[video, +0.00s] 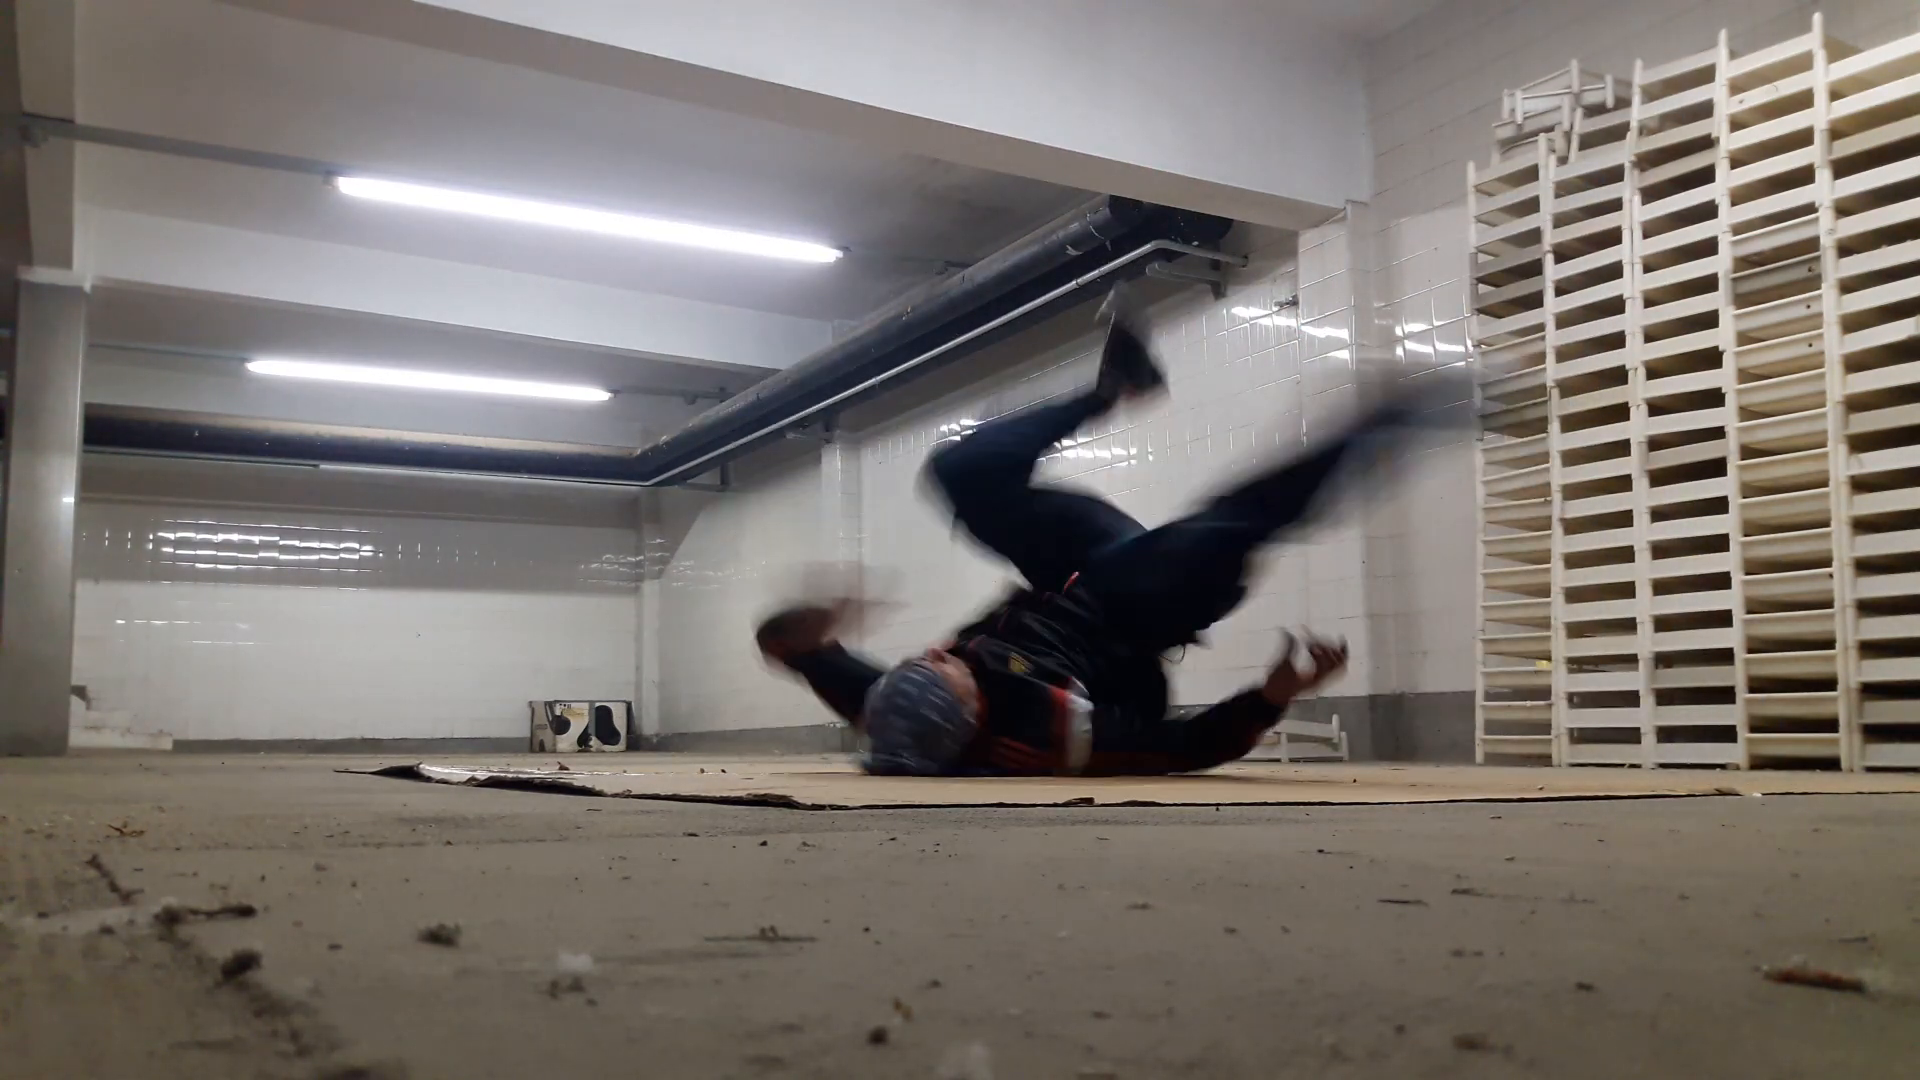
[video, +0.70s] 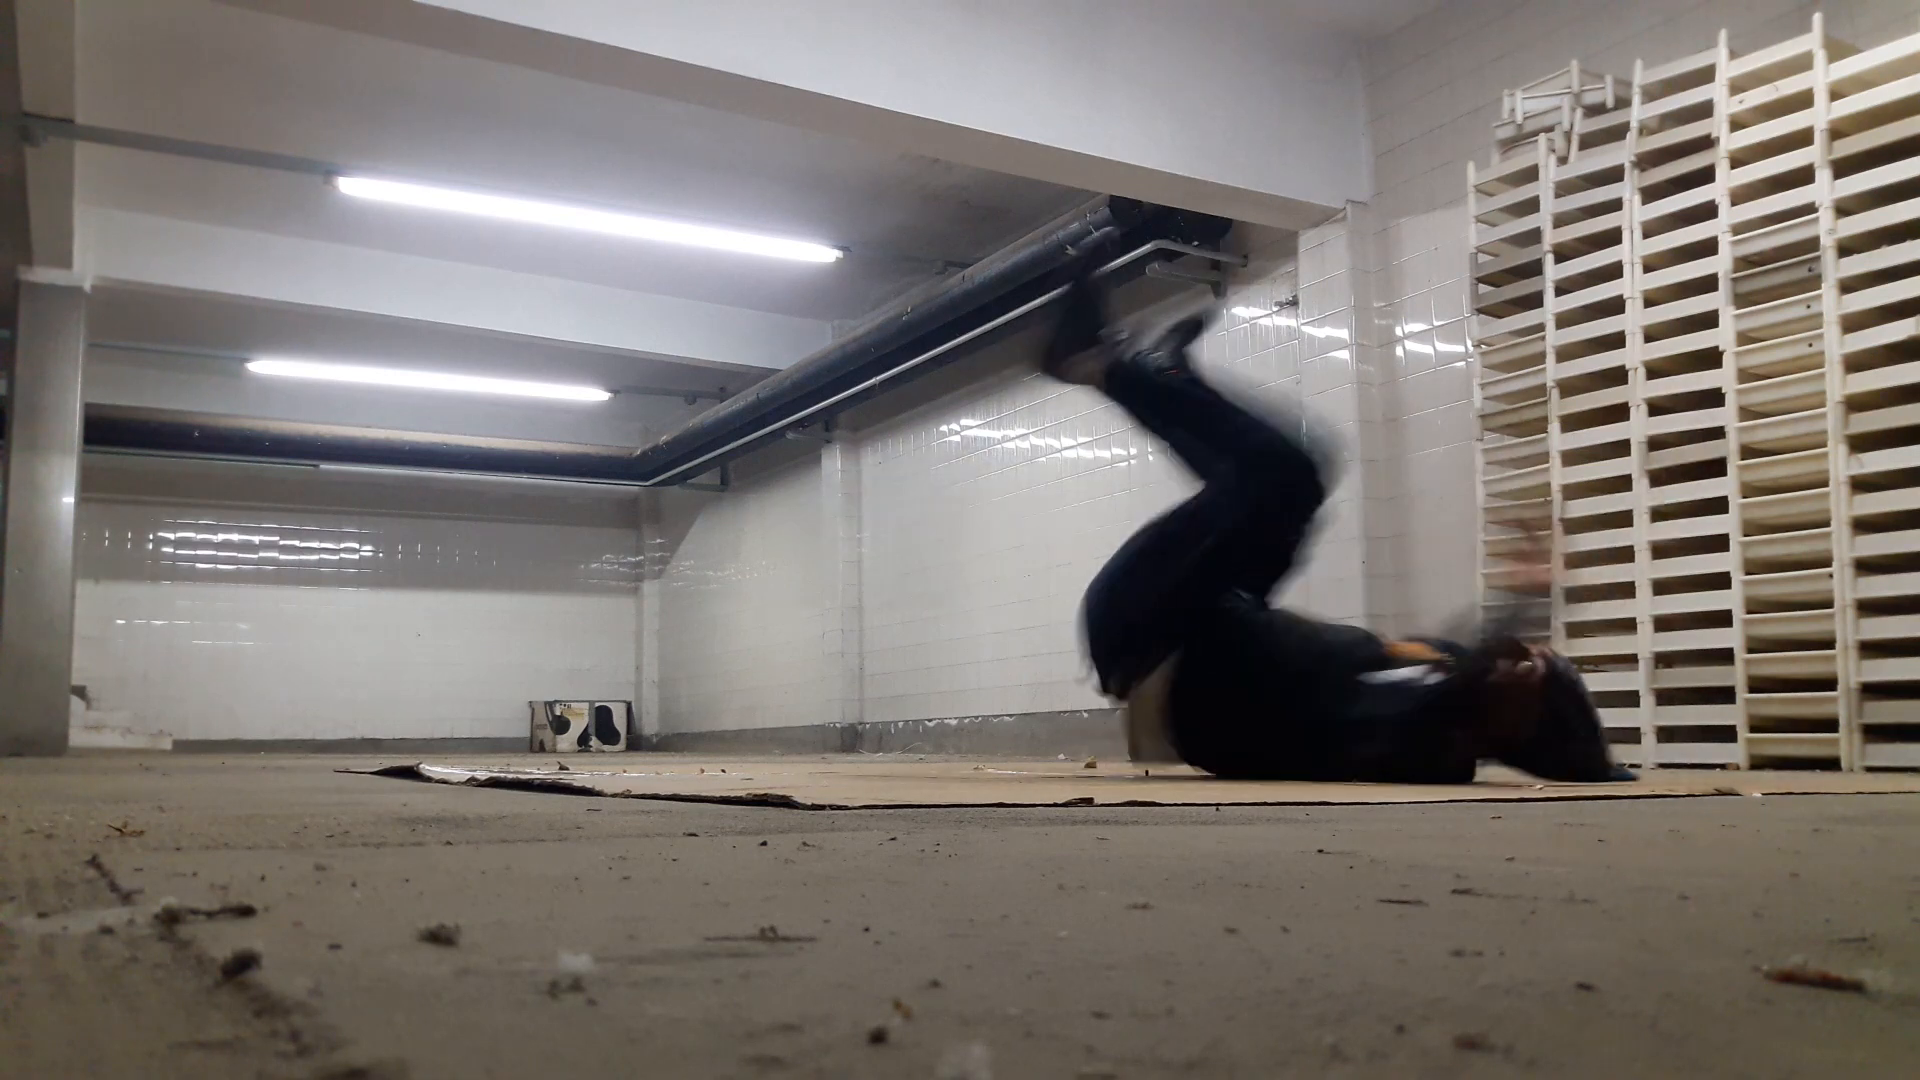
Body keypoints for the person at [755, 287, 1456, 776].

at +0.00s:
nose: (947, 657)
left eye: (930, 664)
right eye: (948, 677)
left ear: (895, 696)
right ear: (965, 728)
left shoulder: (880, 701)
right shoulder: (1047, 746)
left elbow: (783, 652)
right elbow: (1185, 748)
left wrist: (801, 629)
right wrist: (1278, 695)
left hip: (1060, 576)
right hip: (1139, 611)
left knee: (957, 477)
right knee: (1241, 521)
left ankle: (1105, 390)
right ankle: (1393, 420)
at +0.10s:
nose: (1000, 676)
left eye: (987, 680)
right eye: (1008, 693)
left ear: (958, 677)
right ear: (998, 723)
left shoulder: (896, 667)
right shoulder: (1028, 745)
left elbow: (951, 598)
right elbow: (1115, 757)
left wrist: (1054, 658)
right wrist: (1232, 741)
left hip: (1054, 511)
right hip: (1129, 569)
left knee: (1123, 360)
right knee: (1306, 565)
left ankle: (1164, 213)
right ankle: (1483, 483)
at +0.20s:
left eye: (1040, 753)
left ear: (1044, 726)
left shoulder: (1086, 625)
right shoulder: (955, 745)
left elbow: (1240, 674)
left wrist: (1112, 739)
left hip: (1107, 434)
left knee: (1325, 353)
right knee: (1172, 609)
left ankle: (1325, 143)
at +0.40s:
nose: (1083, 656)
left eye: (1092, 664)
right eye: (1099, 661)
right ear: (1139, 666)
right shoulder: (1128, 598)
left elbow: (987, 572)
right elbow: (987, 578)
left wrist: (900, 680)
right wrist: (906, 682)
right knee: (1019, 408)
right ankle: (1014, 248)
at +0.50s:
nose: (1220, 674)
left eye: (1222, 690)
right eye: (1242, 672)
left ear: (1223, 709)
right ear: (1275, 661)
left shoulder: (1208, 738)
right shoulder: (1351, 660)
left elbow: (1128, 751)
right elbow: (1367, 619)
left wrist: (1081, 717)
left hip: (1167, 614)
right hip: (1254, 557)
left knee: (998, 621)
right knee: (1182, 404)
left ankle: (893, 559)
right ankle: (1165, 224)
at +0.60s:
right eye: (1452, 651)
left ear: (1436, 719)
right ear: (1465, 658)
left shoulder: (1323, 730)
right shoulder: (1492, 649)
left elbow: (1130, 750)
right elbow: (1585, 585)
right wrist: (1666, 497)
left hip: (1170, 685)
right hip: (1254, 630)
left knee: (1094, 594)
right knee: (1314, 468)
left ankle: (954, 470)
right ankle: (1232, 326)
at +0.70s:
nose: (1521, 659)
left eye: (1533, 678)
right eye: (1534, 658)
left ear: (1520, 725)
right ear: (1517, 658)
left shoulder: (1427, 745)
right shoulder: (1439, 682)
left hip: (1153, 669)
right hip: (1196, 641)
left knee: (1286, 480)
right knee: (1296, 480)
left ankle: (1096, 360)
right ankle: (1171, 379)